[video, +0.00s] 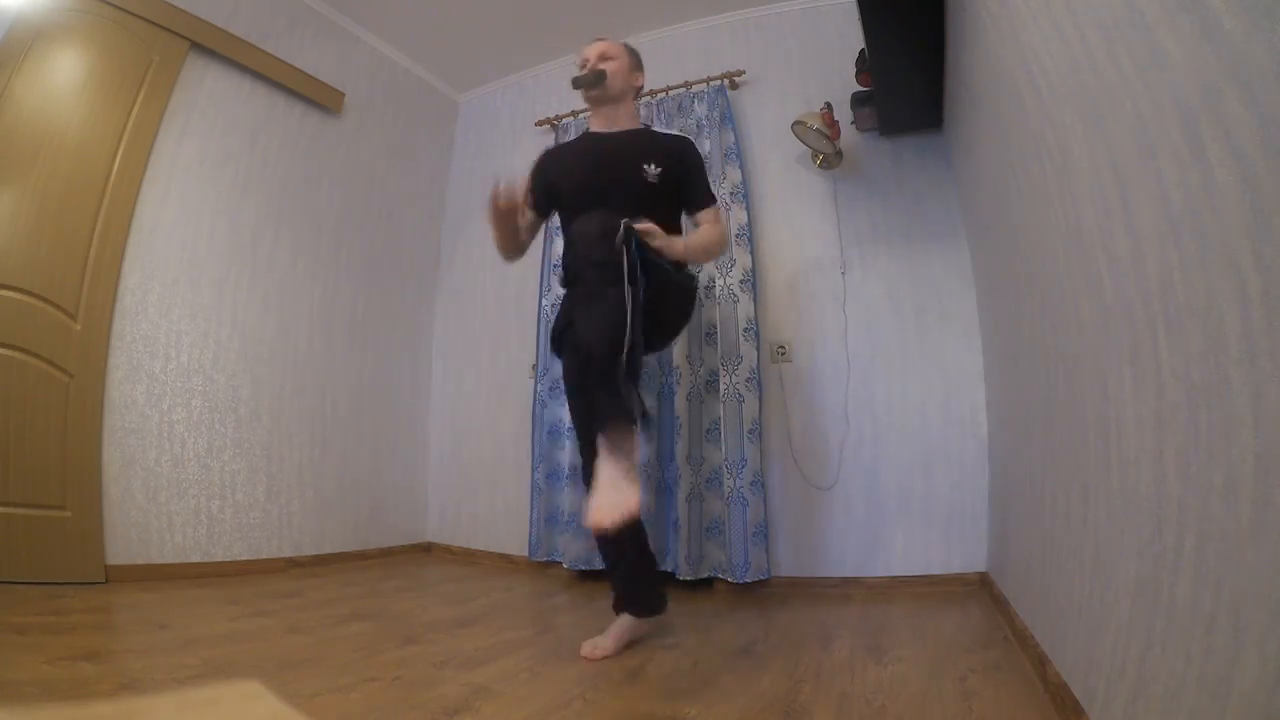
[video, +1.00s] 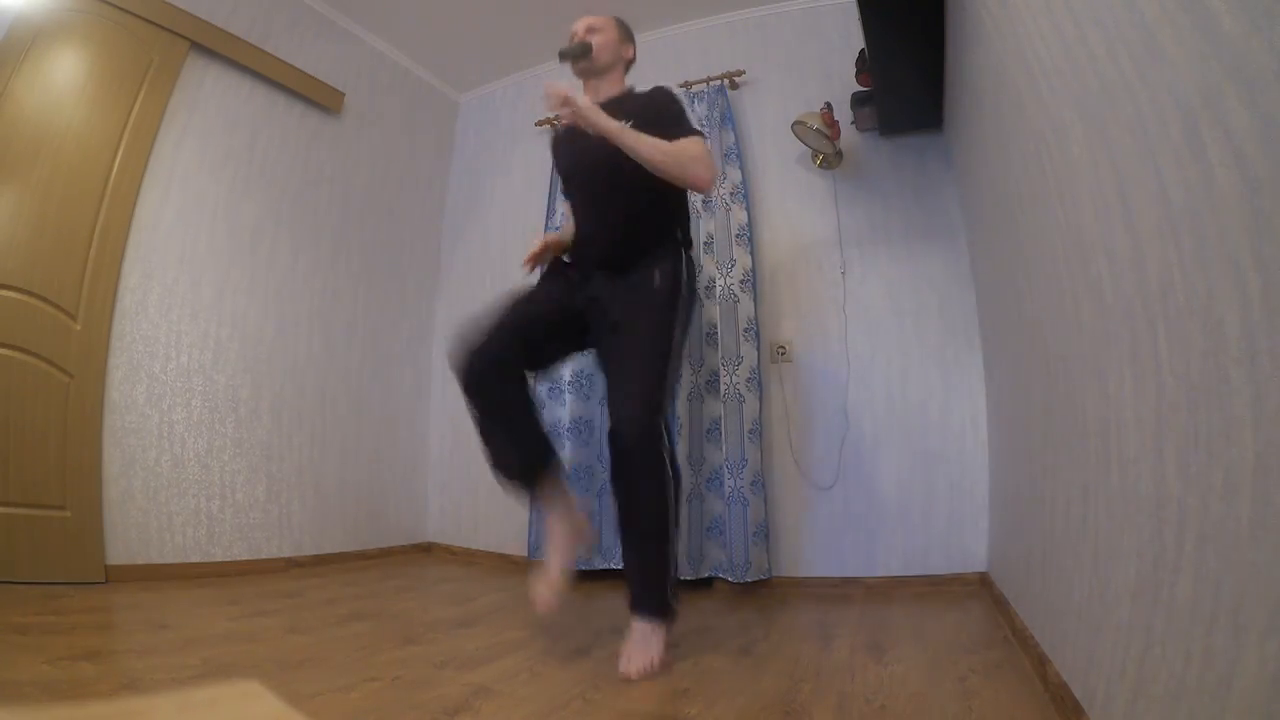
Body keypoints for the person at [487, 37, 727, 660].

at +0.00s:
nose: (592, 59)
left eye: (608, 54)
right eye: (585, 57)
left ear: (637, 82)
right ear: (578, 88)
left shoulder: (673, 150)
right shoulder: (555, 162)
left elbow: (715, 237)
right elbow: (513, 250)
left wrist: (674, 247)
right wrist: (504, 222)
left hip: (659, 306)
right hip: (586, 312)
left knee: (599, 230)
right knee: (600, 451)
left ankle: (616, 441)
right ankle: (639, 600)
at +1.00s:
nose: (578, 39)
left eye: (593, 30)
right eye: (571, 35)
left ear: (627, 49)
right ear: (569, 59)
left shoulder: (657, 105)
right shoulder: (567, 133)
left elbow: (702, 172)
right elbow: (593, 211)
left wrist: (601, 124)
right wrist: (560, 241)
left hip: (648, 285)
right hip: (582, 283)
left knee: (633, 430)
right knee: (484, 361)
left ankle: (650, 613)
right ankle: (558, 508)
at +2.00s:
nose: (572, 49)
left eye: (588, 41)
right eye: (565, 45)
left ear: (622, 65)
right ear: (559, 74)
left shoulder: (650, 124)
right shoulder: (565, 154)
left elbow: (706, 198)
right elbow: (587, 246)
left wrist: (603, 151)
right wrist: (543, 265)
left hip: (647, 309)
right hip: (581, 300)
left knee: (647, 471)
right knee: (462, 283)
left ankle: (650, 625)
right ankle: (536, 439)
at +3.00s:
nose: (555, 37)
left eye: (571, 28)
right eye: (550, 34)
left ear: (607, 49)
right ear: (546, 61)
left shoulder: (646, 106)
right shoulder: (546, 138)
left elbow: (714, 180)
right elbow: (552, 231)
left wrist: (648, 188)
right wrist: (515, 220)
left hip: (633, 273)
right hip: (567, 276)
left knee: (601, 419)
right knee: (472, 374)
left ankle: (618, 599)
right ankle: (535, 535)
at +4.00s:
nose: (566, 34)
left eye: (583, 28)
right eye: (560, 31)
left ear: (616, 53)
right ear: (554, 61)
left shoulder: (654, 127)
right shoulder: (530, 135)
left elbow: (700, 205)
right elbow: (478, 217)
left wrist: (663, 222)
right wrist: (468, 163)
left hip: (638, 286)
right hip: (565, 298)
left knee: (589, 244)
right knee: (567, 461)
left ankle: (609, 457)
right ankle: (598, 605)